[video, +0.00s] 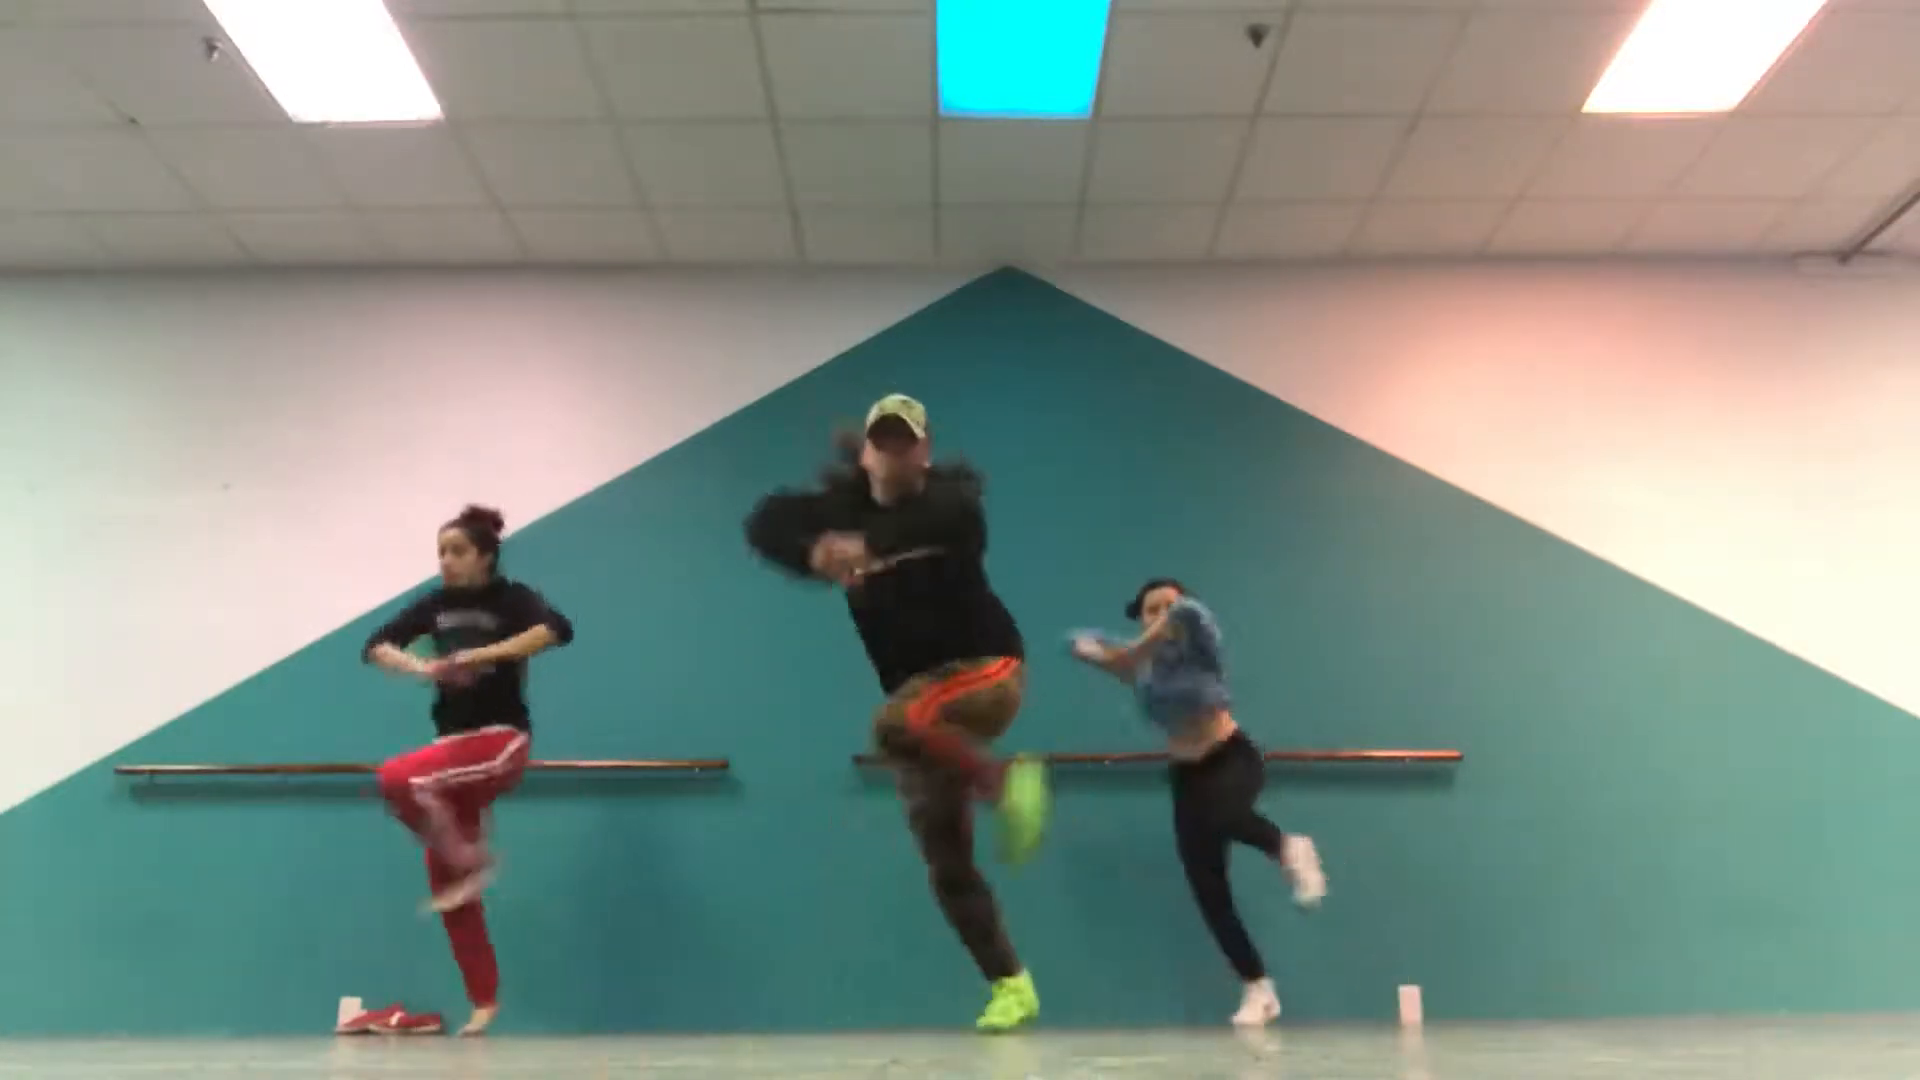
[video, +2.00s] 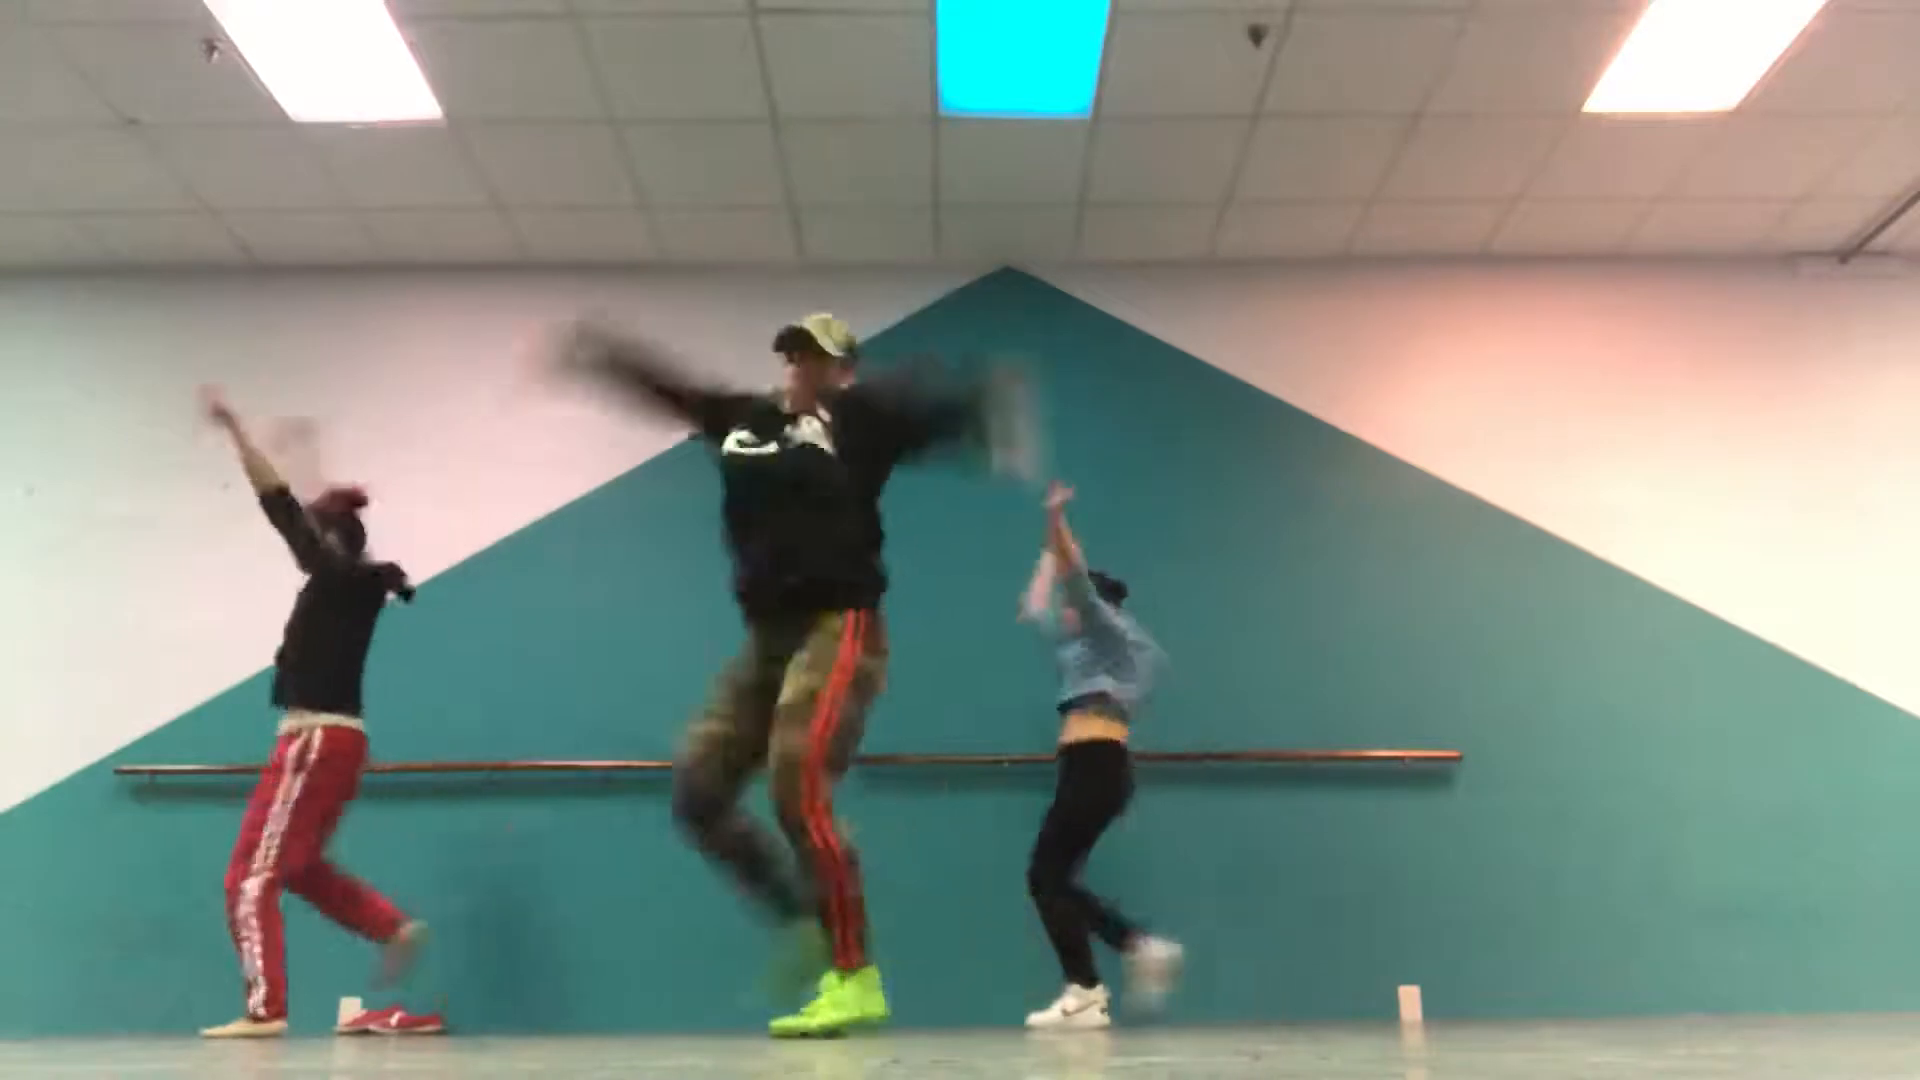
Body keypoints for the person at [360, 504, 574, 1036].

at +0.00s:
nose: (444, 561)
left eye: (454, 551)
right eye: (441, 552)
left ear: (484, 555)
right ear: (442, 556)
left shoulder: (511, 597)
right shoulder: (436, 603)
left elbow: (557, 630)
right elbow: (376, 647)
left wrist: (482, 656)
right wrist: (421, 667)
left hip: (503, 739)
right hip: (452, 745)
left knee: (400, 777)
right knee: (451, 879)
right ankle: (484, 998)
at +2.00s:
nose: (306, 537)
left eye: (315, 528)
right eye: (309, 528)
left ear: (330, 533)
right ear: (355, 533)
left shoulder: (339, 575)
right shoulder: (350, 579)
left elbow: (281, 507)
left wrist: (233, 428)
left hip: (314, 742)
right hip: (334, 742)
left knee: (251, 878)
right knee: (298, 866)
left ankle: (264, 1011)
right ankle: (394, 929)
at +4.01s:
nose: (316, 535)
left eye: (325, 526)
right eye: (318, 525)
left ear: (357, 531)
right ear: (365, 534)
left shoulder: (336, 574)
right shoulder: (392, 584)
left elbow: (275, 615)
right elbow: (406, 664)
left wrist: (226, 669)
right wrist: (401, 733)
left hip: (337, 727)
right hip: (362, 730)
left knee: (350, 859)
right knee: (241, 829)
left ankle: (411, 997)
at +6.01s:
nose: (474, 579)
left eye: (473, 569)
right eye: (468, 569)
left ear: (442, 572)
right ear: (442, 570)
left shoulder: (446, 631)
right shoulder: (395, 618)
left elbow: (429, 705)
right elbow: (353, 694)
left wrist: (455, 752)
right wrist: (339, 762)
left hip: (418, 764)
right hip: (389, 760)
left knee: (452, 878)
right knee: (419, 884)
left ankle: (352, 954)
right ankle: (372, 1009)